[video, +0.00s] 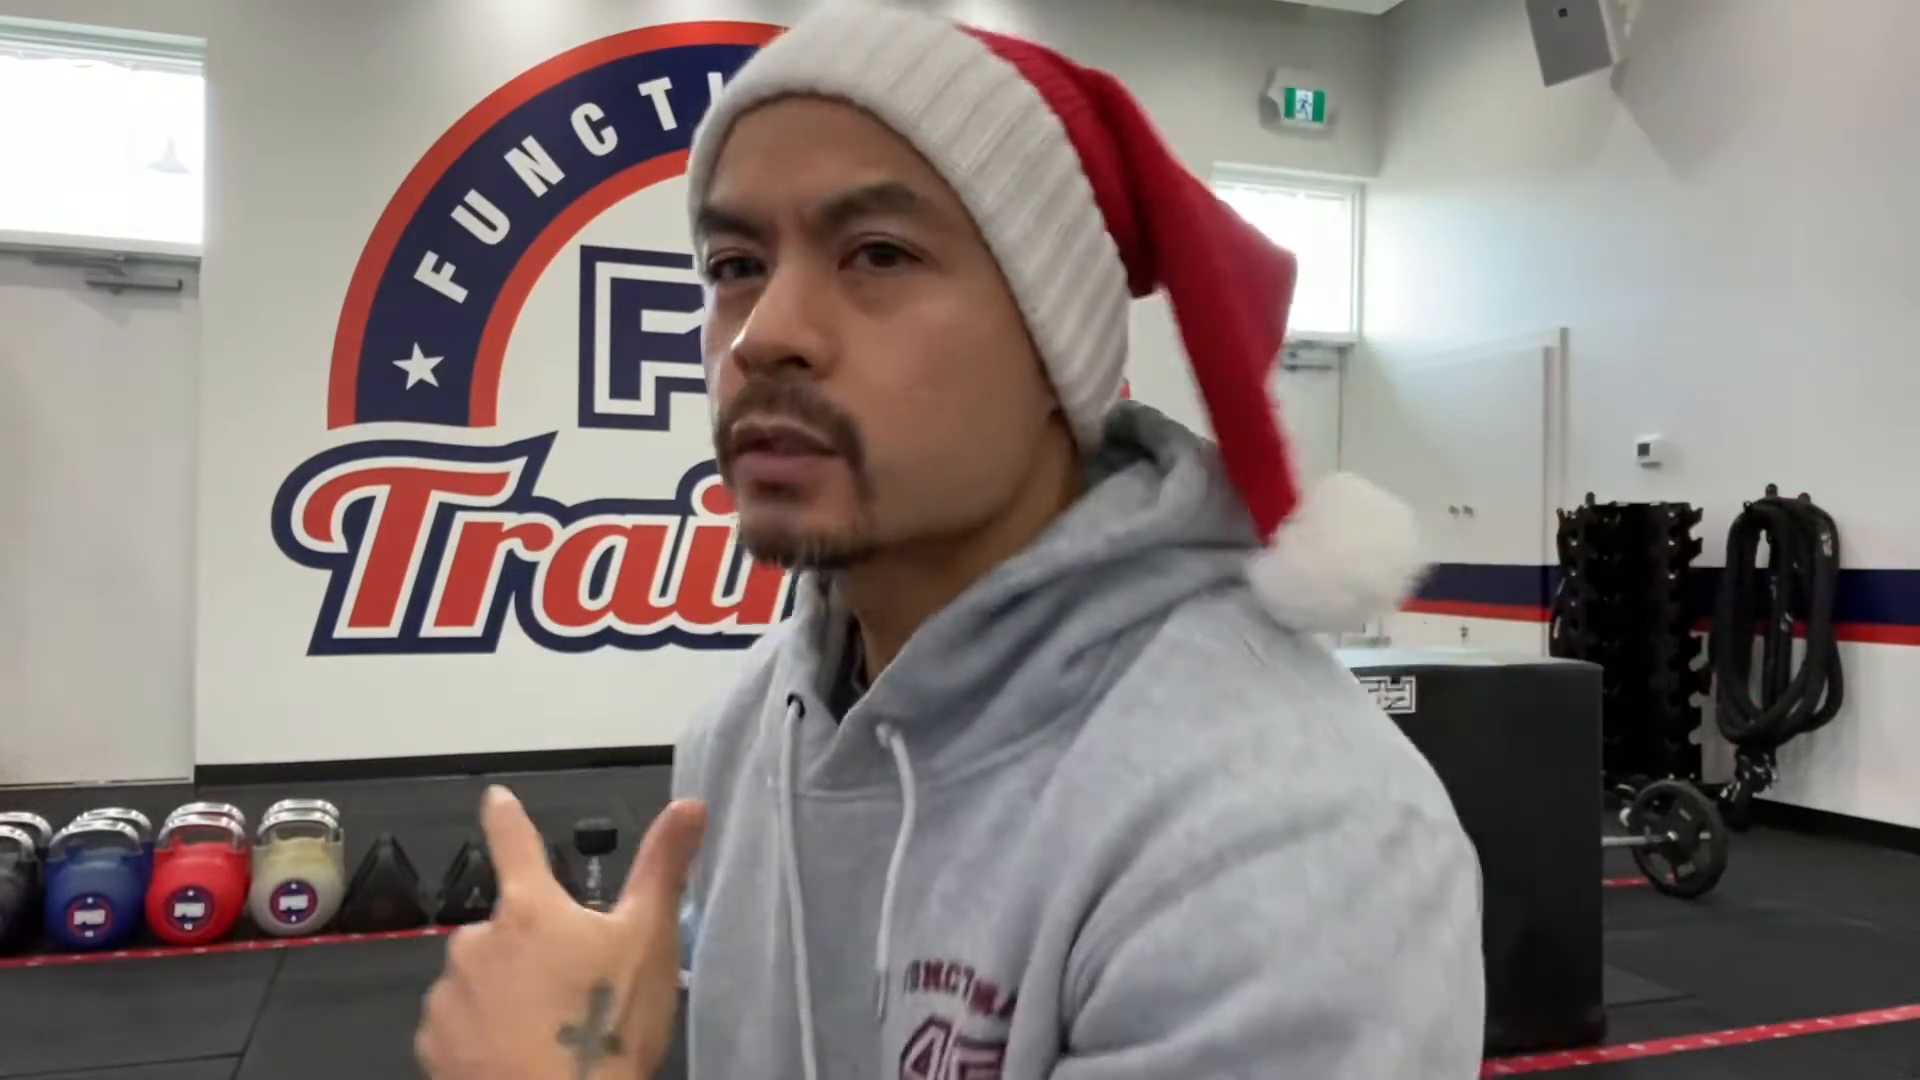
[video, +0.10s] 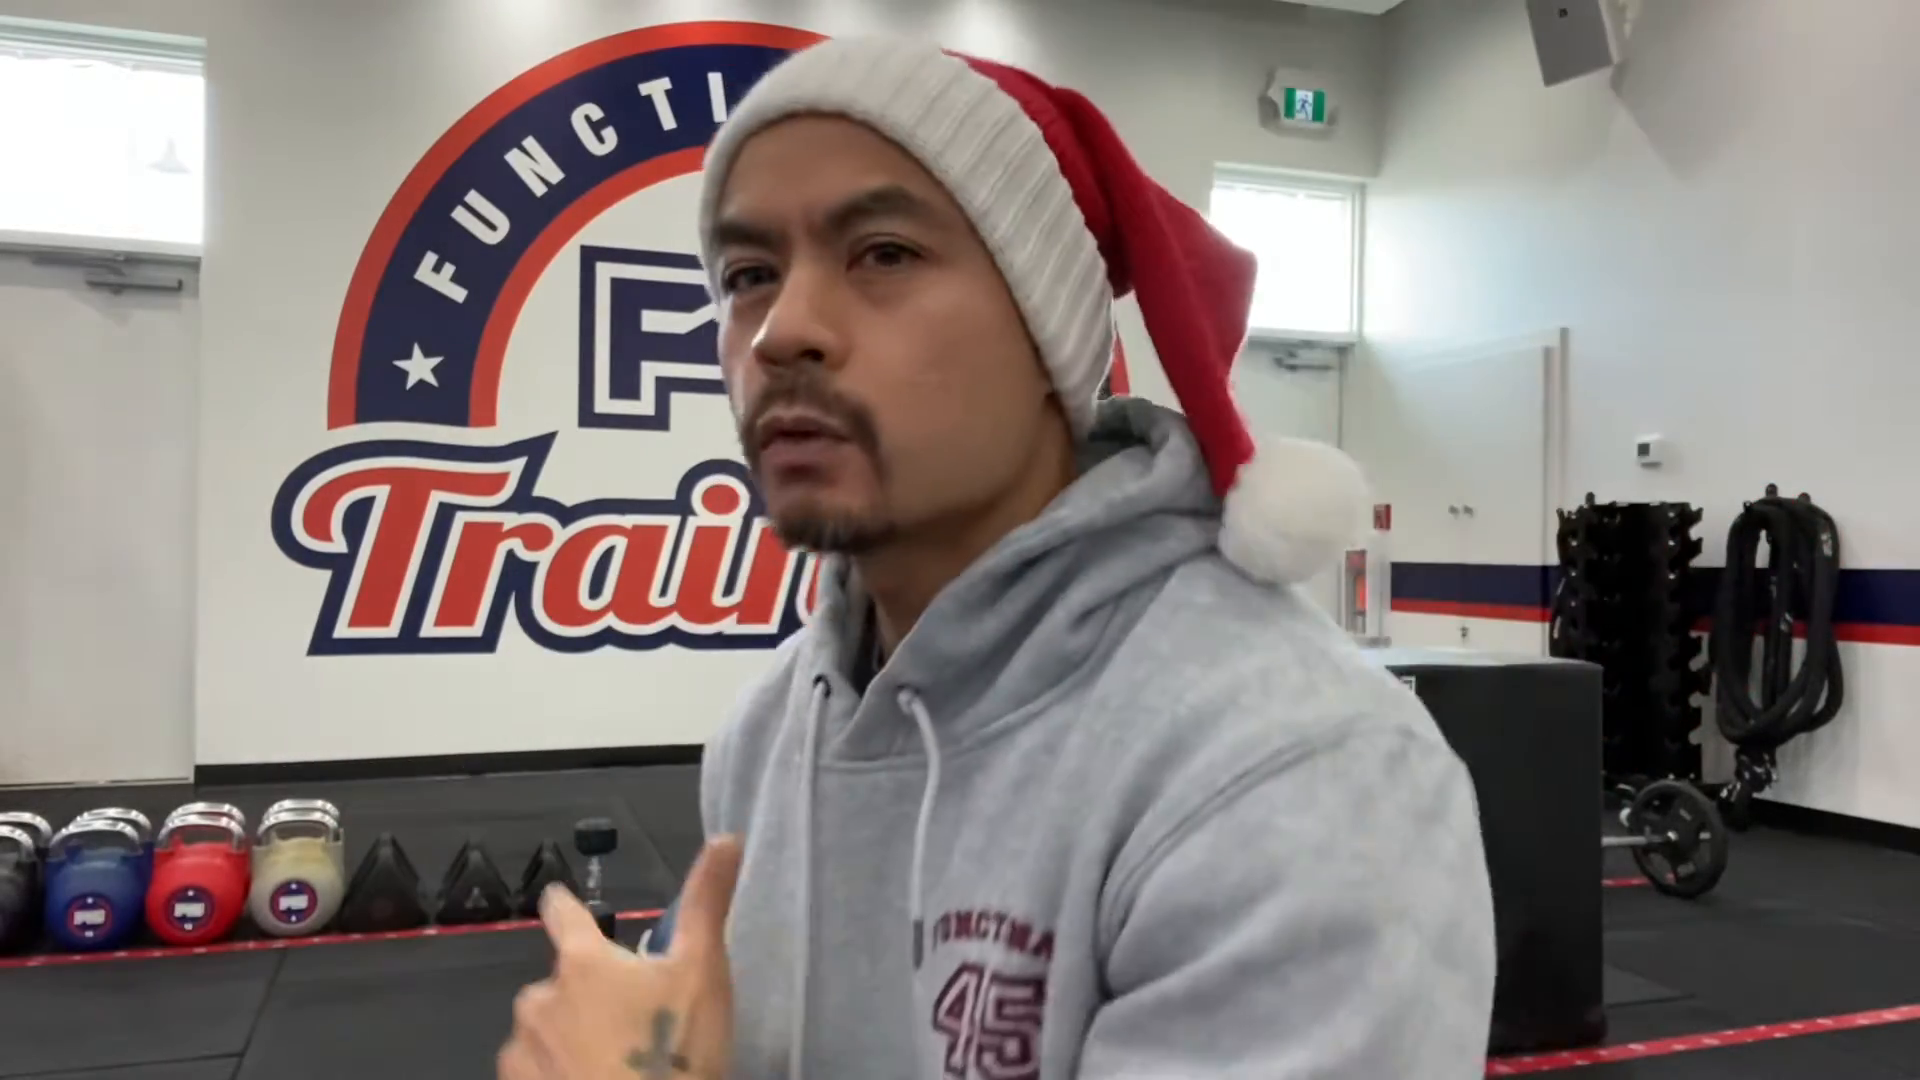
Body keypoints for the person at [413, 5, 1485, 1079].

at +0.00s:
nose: (767, 334)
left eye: (881, 256)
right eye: (738, 268)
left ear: (1082, 330)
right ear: (710, 304)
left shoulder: (1288, 831)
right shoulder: (737, 741)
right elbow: (663, 1053)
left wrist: (582, 1076)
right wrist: (589, 1057)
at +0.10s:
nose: (784, 331)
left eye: (884, 254)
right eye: (750, 275)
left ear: (1068, 313)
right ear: (725, 324)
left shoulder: (1305, 771)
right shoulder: (767, 741)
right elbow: (717, 1038)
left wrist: (671, 1066)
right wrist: (660, 1055)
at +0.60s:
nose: (928, 344)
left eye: (991, 294)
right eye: (885, 320)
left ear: (1116, 341)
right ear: (854, 394)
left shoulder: (1345, 634)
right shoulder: (852, 749)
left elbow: (1530, 1055)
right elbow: (869, 1051)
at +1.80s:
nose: (958, 308)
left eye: (1020, 264)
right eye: (899, 275)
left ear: (1111, 337)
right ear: (842, 352)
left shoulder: (1347, 665)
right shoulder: (711, 740)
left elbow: (1495, 1056)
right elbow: (695, 1069)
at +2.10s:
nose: (1083, 313)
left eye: (1128, 270)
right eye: (1010, 283)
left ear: (1190, 337)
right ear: (924, 374)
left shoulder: (1376, 658)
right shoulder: (771, 752)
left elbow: (1498, 1035)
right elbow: (725, 1064)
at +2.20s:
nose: (1164, 326)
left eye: (1197, 289)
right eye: (1091, 292)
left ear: (1244, 348)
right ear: (993, 379)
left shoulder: (1374, 664)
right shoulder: (836, 732)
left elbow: (1488, 1000)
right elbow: (778, 1071)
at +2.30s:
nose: (1296, 378)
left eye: (1319, 347)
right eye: (1233, 328)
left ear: (1338, 391)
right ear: (1099, 368)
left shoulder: (1369, 679)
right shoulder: (915, 697)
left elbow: (1474, 940)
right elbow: (823, 1053)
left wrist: (1500, 1040)